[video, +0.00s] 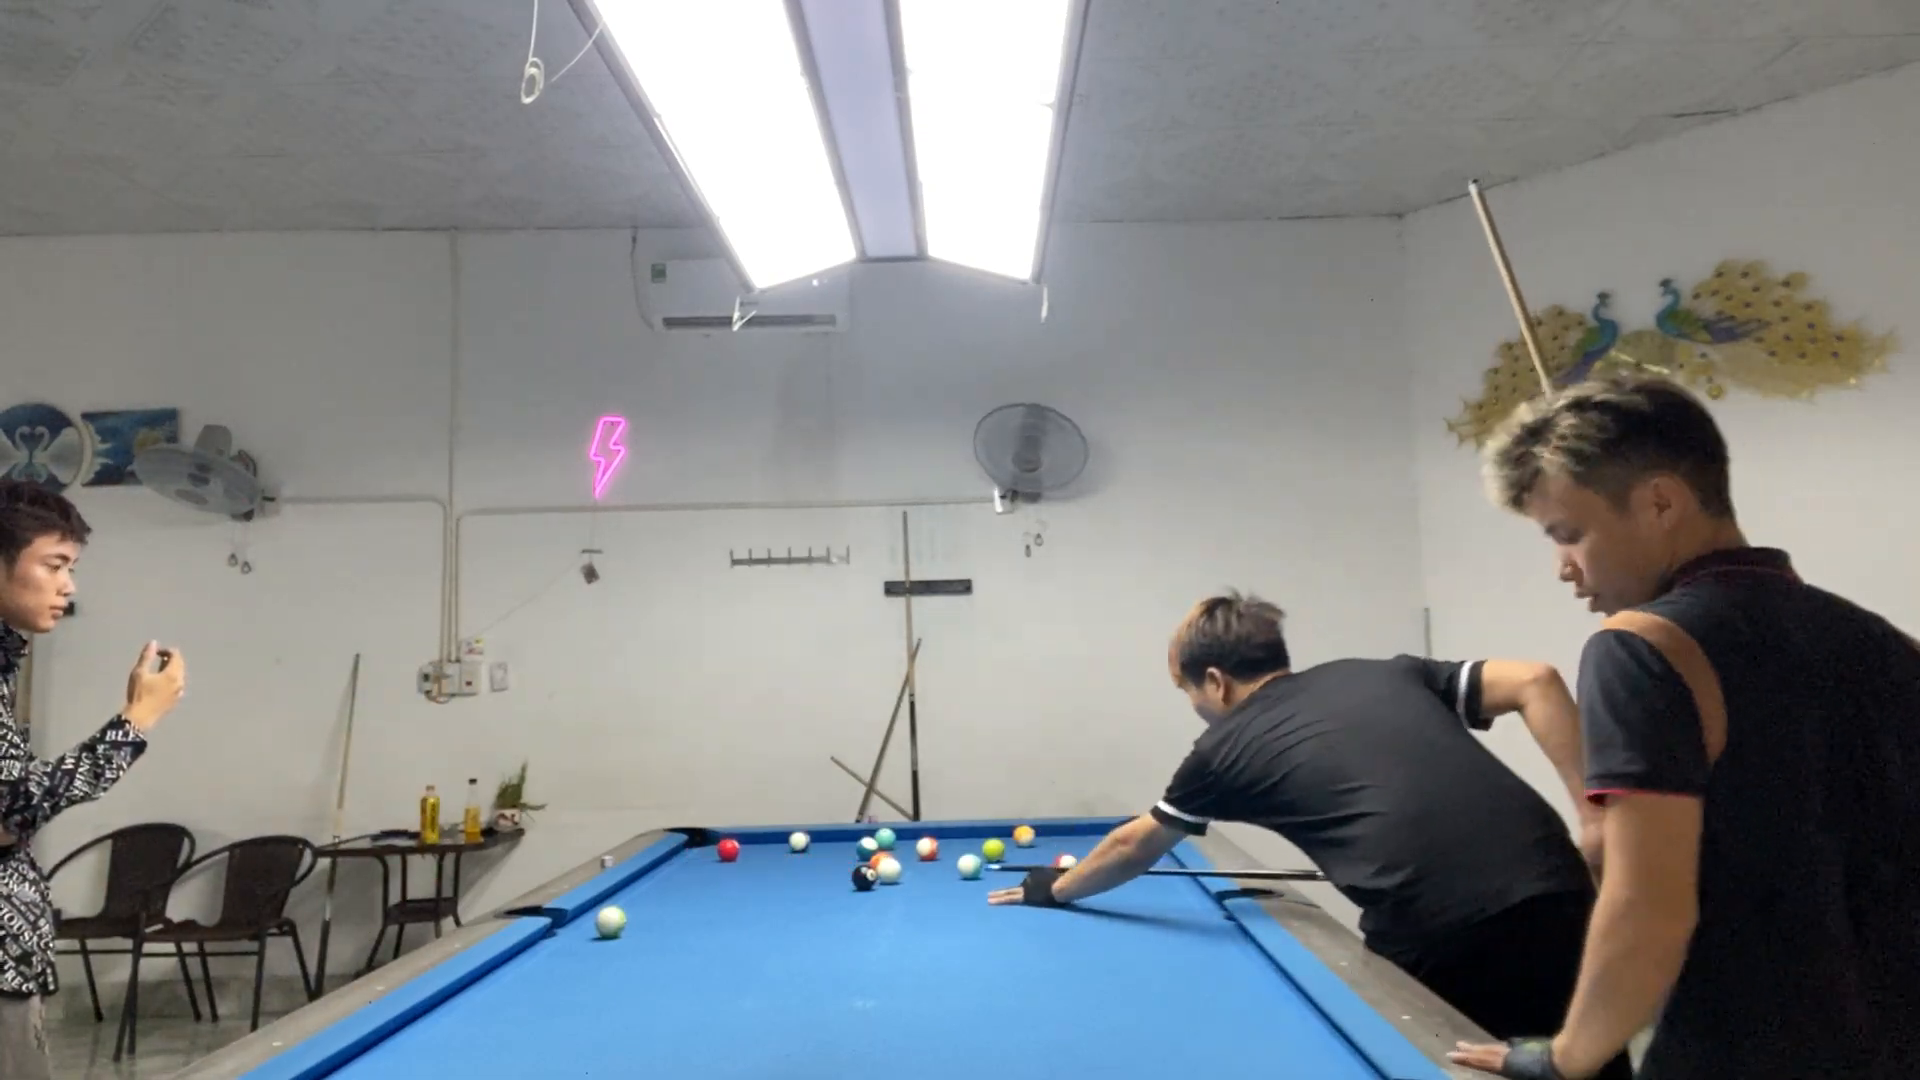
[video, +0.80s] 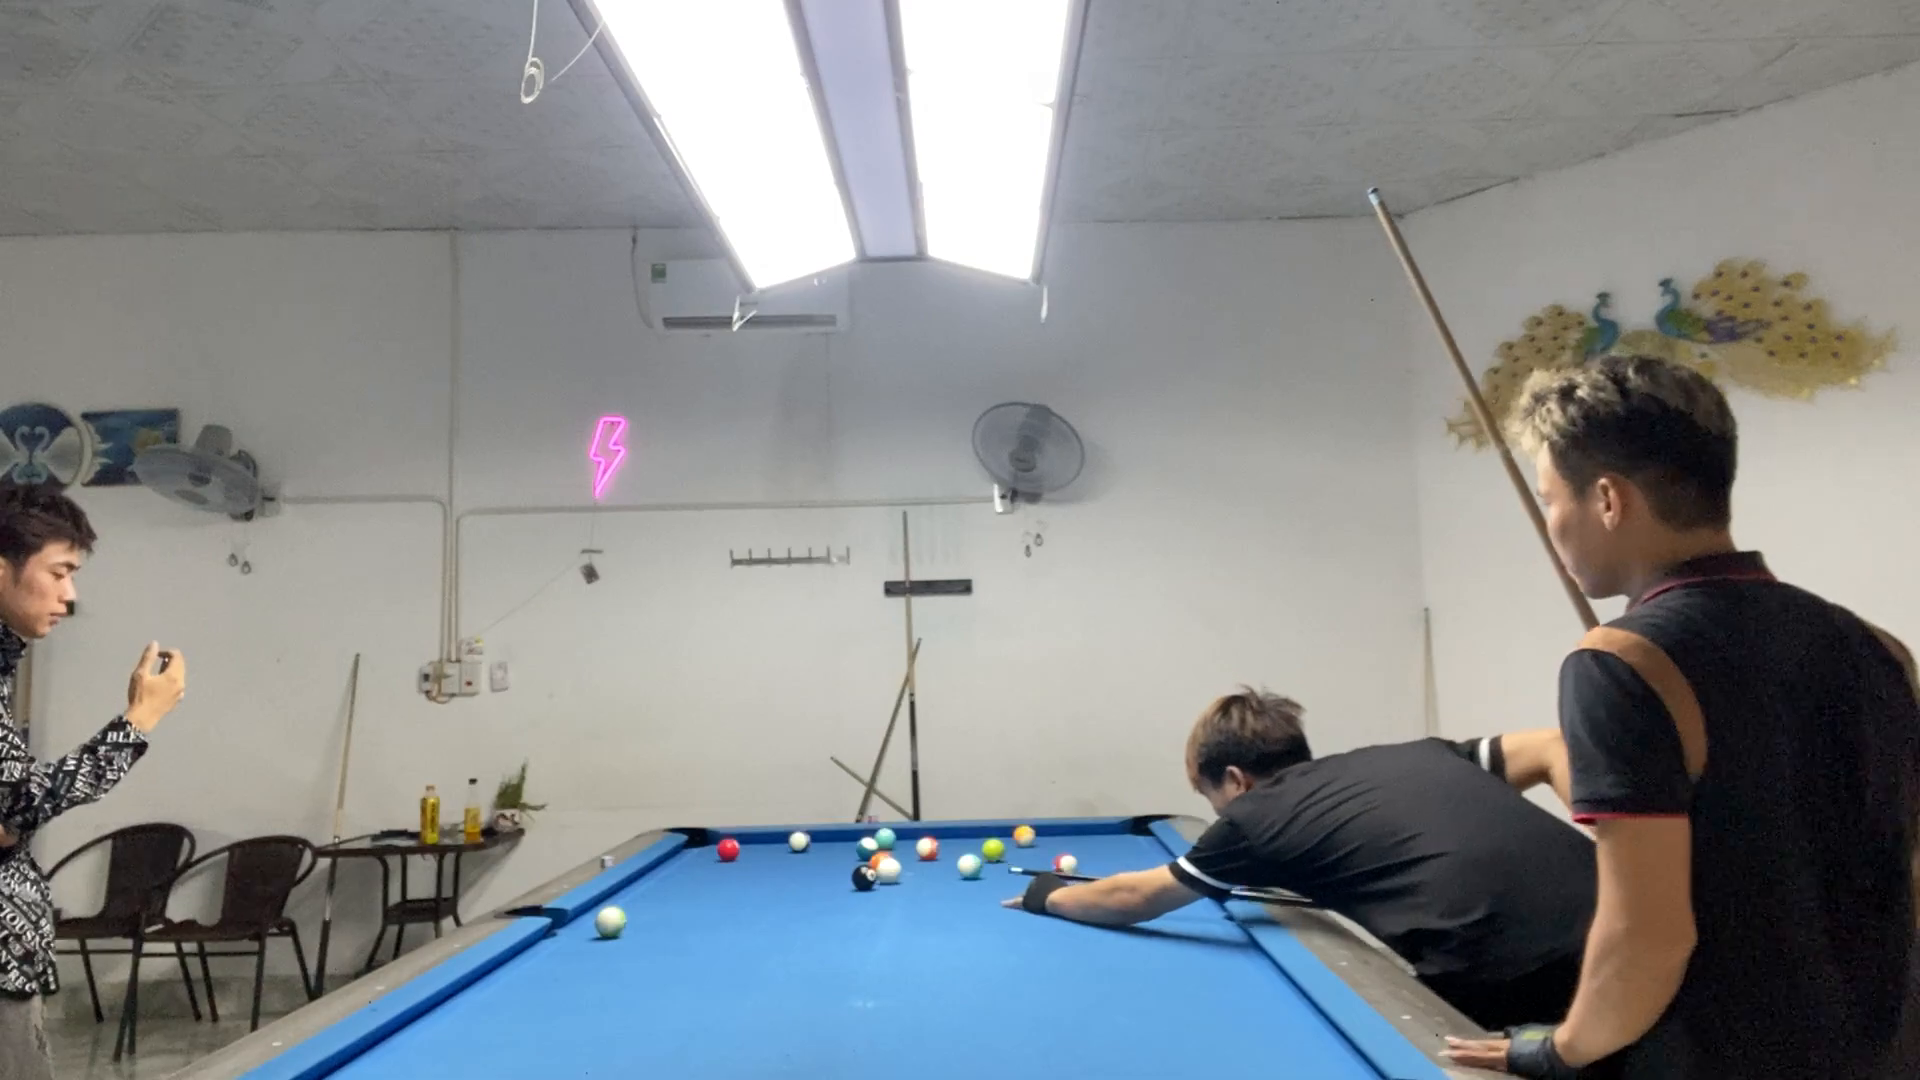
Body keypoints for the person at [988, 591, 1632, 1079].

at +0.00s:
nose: (1196, 713)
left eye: (1191, 698)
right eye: (1190, 699)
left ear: (1219, 684)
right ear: (1278, 660)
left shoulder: (1224, 750)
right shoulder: (1390, 673)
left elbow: (1134, 844)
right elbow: (1537, 681)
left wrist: (1061, 887)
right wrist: (1594, 810)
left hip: (1439, 928)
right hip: (1559, 895)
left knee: (1398, 1057)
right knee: (1583, 1062)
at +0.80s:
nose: (1212, 807)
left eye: (1209, 795)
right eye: (1206, 796)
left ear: (1237, 780)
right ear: (1298, 750)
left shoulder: (1252, 821)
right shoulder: (1415, 754)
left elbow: (1129, 900)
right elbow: (1554, 747)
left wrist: (1048, 895)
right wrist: (1612, 835)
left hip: (1502, 980)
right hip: (1615, 936)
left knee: (1387, 1044)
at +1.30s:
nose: (1326, 866)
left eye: (1327, 853)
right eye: (1322, 854)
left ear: (1360, 842)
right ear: (1431, 824)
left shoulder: (1372, 866)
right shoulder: (1511, 862)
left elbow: (1201, 911)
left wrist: (1170, 923)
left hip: (1616, 1040)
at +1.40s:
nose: (1334, 874)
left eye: (1339, 861)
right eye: (1332, 861)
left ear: (1377, 859)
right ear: (1449, 843)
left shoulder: (1391, 882)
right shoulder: (1515, 878)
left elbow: (1225, 918)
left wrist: (1187, 929)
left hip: (1639, 1045)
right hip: (1702, 1013)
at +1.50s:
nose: (1349, 883)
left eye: (1351, 872)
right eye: (1347, 874)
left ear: (1375, 870)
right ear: (1464, 854)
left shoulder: (1406, 893)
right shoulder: (1533, 901)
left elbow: (1236, 928)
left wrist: (1203, 928)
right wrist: (1496, 1038)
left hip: (1598, 1055)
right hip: (1686, 1053)